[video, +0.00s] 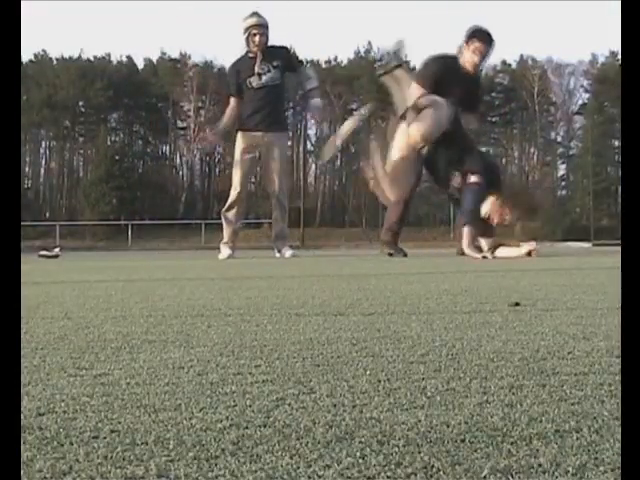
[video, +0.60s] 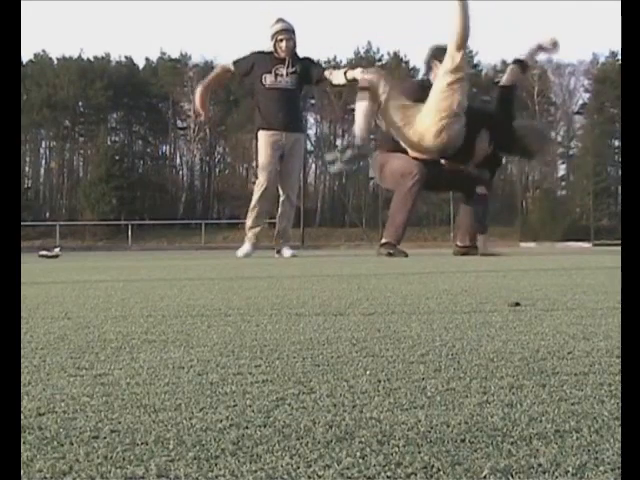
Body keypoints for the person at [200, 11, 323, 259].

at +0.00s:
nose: (257, 38)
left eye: (261, 33)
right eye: (252, 34)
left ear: (268, 34)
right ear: (246, 37)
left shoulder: (282, 55)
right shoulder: (237, 67)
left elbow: (305, 76)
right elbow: (234, 105)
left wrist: (314, 100)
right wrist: (218, 131)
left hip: (277, 134)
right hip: (247, 134)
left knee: (280, 191)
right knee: (237, 190)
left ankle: (281, 245)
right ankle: (227, 244)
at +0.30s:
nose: (274, 40)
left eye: (277, 36)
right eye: (269, 36)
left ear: (283, 38)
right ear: (261, 38)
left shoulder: (294, 59)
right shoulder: (248, 65)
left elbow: (327, 70)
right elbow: (233, 99)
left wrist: (340, 91)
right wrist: (231, 134)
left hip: (292, 136)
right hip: (263, 135)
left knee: (288, 192)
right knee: (254, 189)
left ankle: (282, 244)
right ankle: (242, 243)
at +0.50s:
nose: (283, 43)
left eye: (286, 38)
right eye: (278, 39)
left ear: (292, 39)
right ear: (271, 41)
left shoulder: (302, 62)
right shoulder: (255, 62)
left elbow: (329, 75)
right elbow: (227, 82)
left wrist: (351, 82)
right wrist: (211, 110)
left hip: (295, 137)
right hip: (268, 136)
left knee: (290, 192)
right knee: (260, 187)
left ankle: (282, 244)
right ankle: (245, 242)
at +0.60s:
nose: (286, 44)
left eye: (289, 39)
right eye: (281, 40)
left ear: (295, 41)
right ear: (273, 42)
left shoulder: (303, 65)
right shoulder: (258, 60)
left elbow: (328, 76)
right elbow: (226, 69)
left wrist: (353, 73)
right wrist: (202, 89)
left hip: (296, 136)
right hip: (269, 134)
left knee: (290, 190)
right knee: (266, 183)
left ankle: (284, 243)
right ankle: (251, 238)